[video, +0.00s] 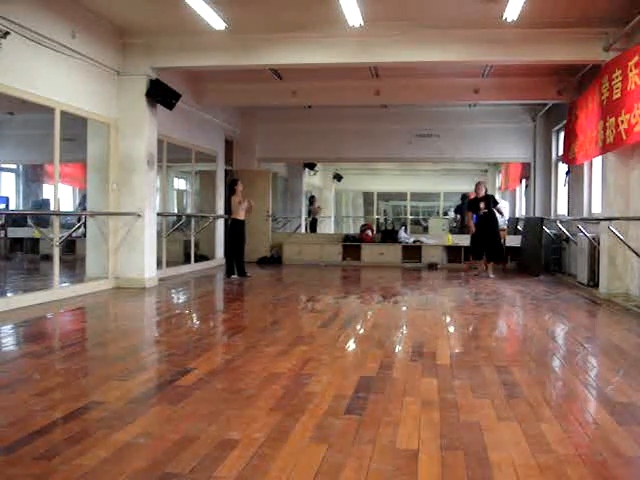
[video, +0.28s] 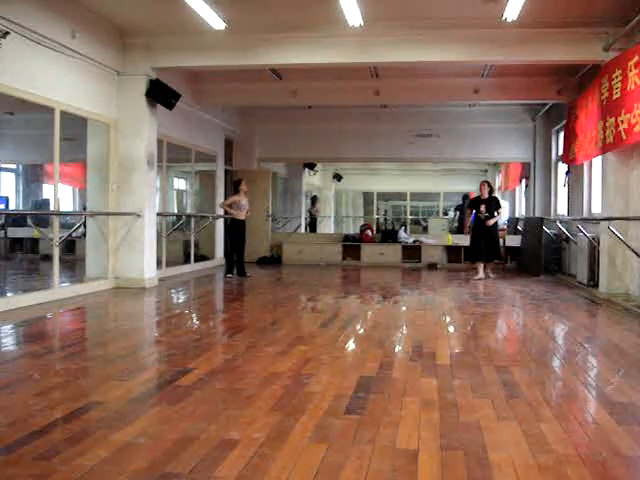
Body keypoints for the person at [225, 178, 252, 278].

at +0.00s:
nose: (242, 186)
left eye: (241, 184)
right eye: (239, 184)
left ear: (239, 187)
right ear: (235, 187)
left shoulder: (241, 198)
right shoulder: (234, 198)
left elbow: (245, 212)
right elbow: (236, 210)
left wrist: (250, 206)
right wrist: (244, 203)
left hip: (241, 221)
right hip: (235, 221)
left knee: (239, 248)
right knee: (232, 248)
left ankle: (241, 271)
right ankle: (230, 271)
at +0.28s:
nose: (246, 186)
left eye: (245, 185)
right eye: (244, 185)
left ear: (243, 187)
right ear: (239, 187)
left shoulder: (245, 198)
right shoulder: (235, 197)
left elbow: (245, 207)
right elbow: (223, 205)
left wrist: (247, 211)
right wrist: (233, 212)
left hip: (242, 221)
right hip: (234, 221)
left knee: (241, 247)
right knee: (232, 247)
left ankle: (241, 271)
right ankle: (229, 271)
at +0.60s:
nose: (240, 188)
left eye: (241, 186)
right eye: (239, 186)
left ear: (241, 187)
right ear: (234, 187)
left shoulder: (242, 198)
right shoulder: (229, 197)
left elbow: (244, 208)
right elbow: (215, 203)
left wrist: (245, 210)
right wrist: (224, 208)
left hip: (239, 220)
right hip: (230, 220)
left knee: (240, 247)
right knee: (227, 247)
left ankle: (241, 272)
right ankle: (223, 271)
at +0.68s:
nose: (240, 188)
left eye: (240, 186)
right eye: (238, 186)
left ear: (240, 187)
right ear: (233, 187)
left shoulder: (242, 198)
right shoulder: (228, 197)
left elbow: (245, 207)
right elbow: (214, 203)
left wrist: (244, 210)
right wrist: (223, 208)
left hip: (239, 220)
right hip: (229, 220)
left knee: (239, 248)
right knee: (226, 247)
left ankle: (241, 272)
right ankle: (222, 271)